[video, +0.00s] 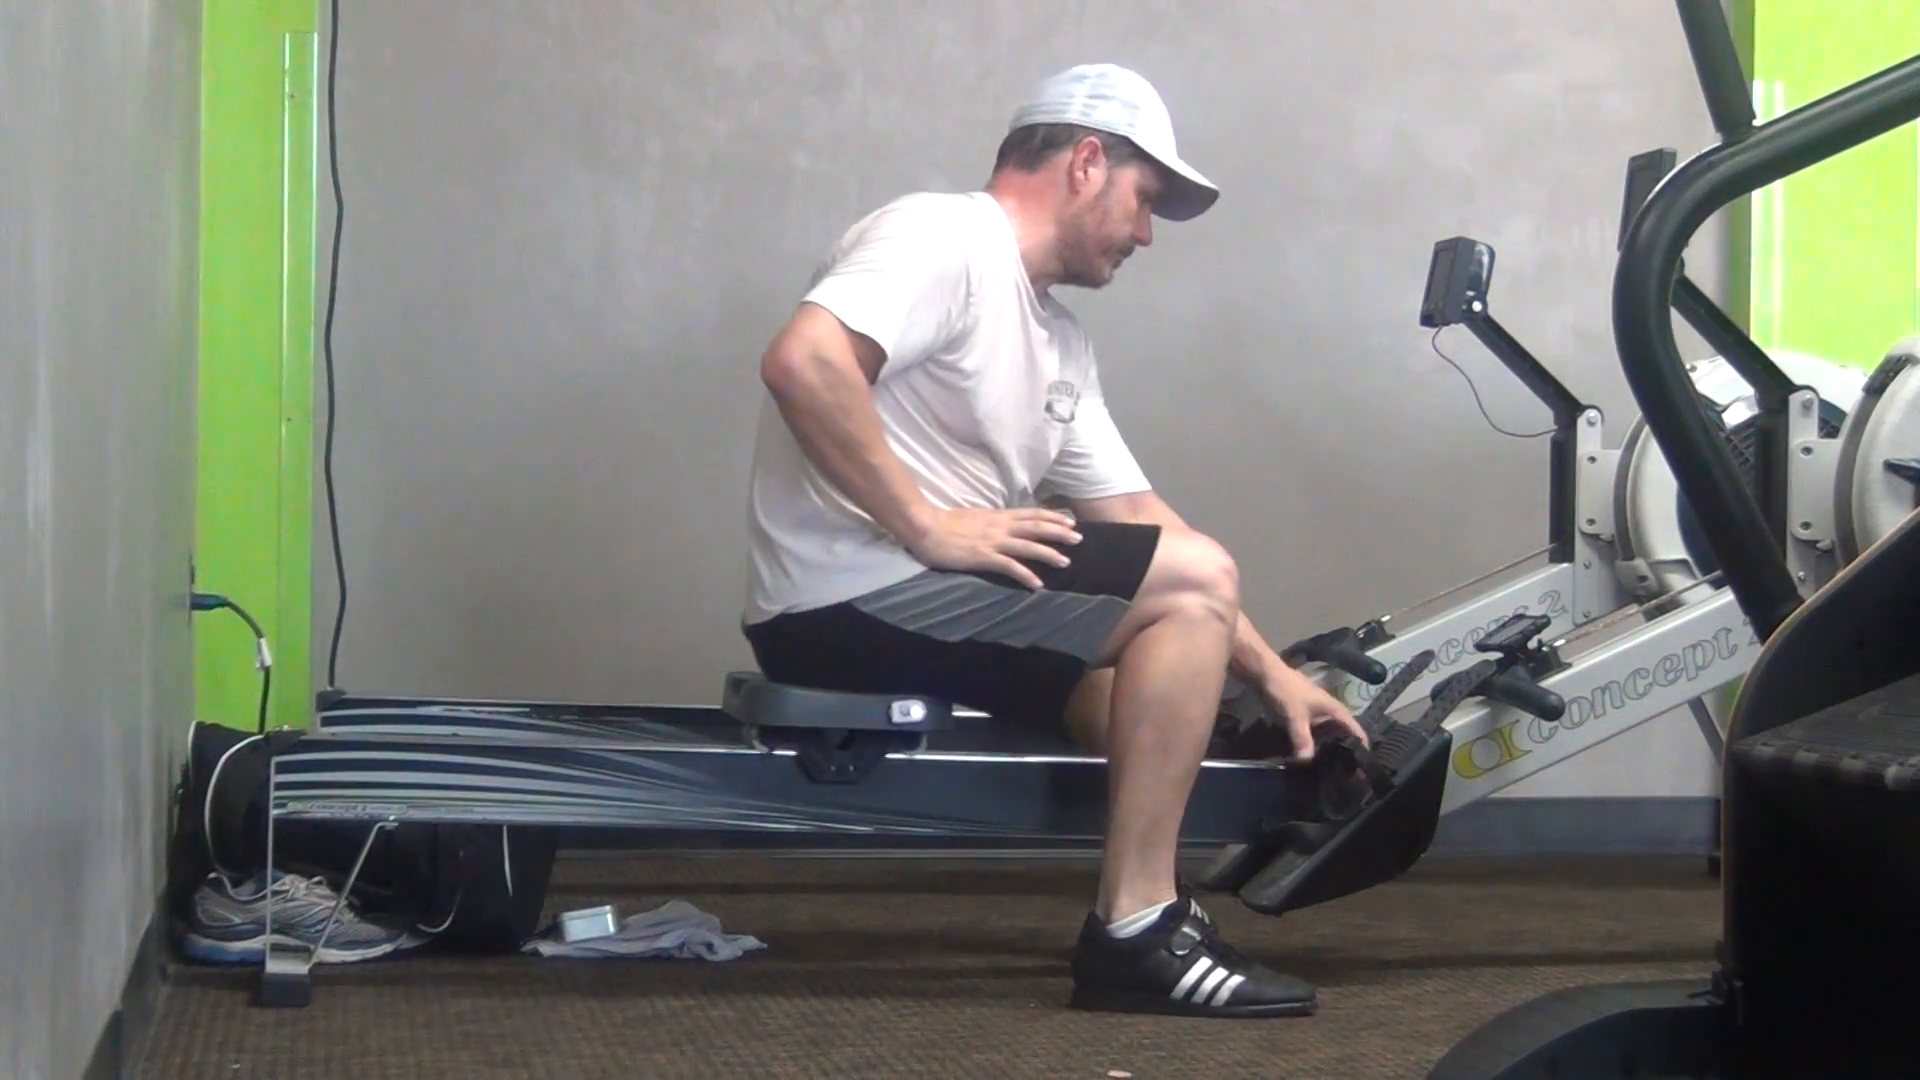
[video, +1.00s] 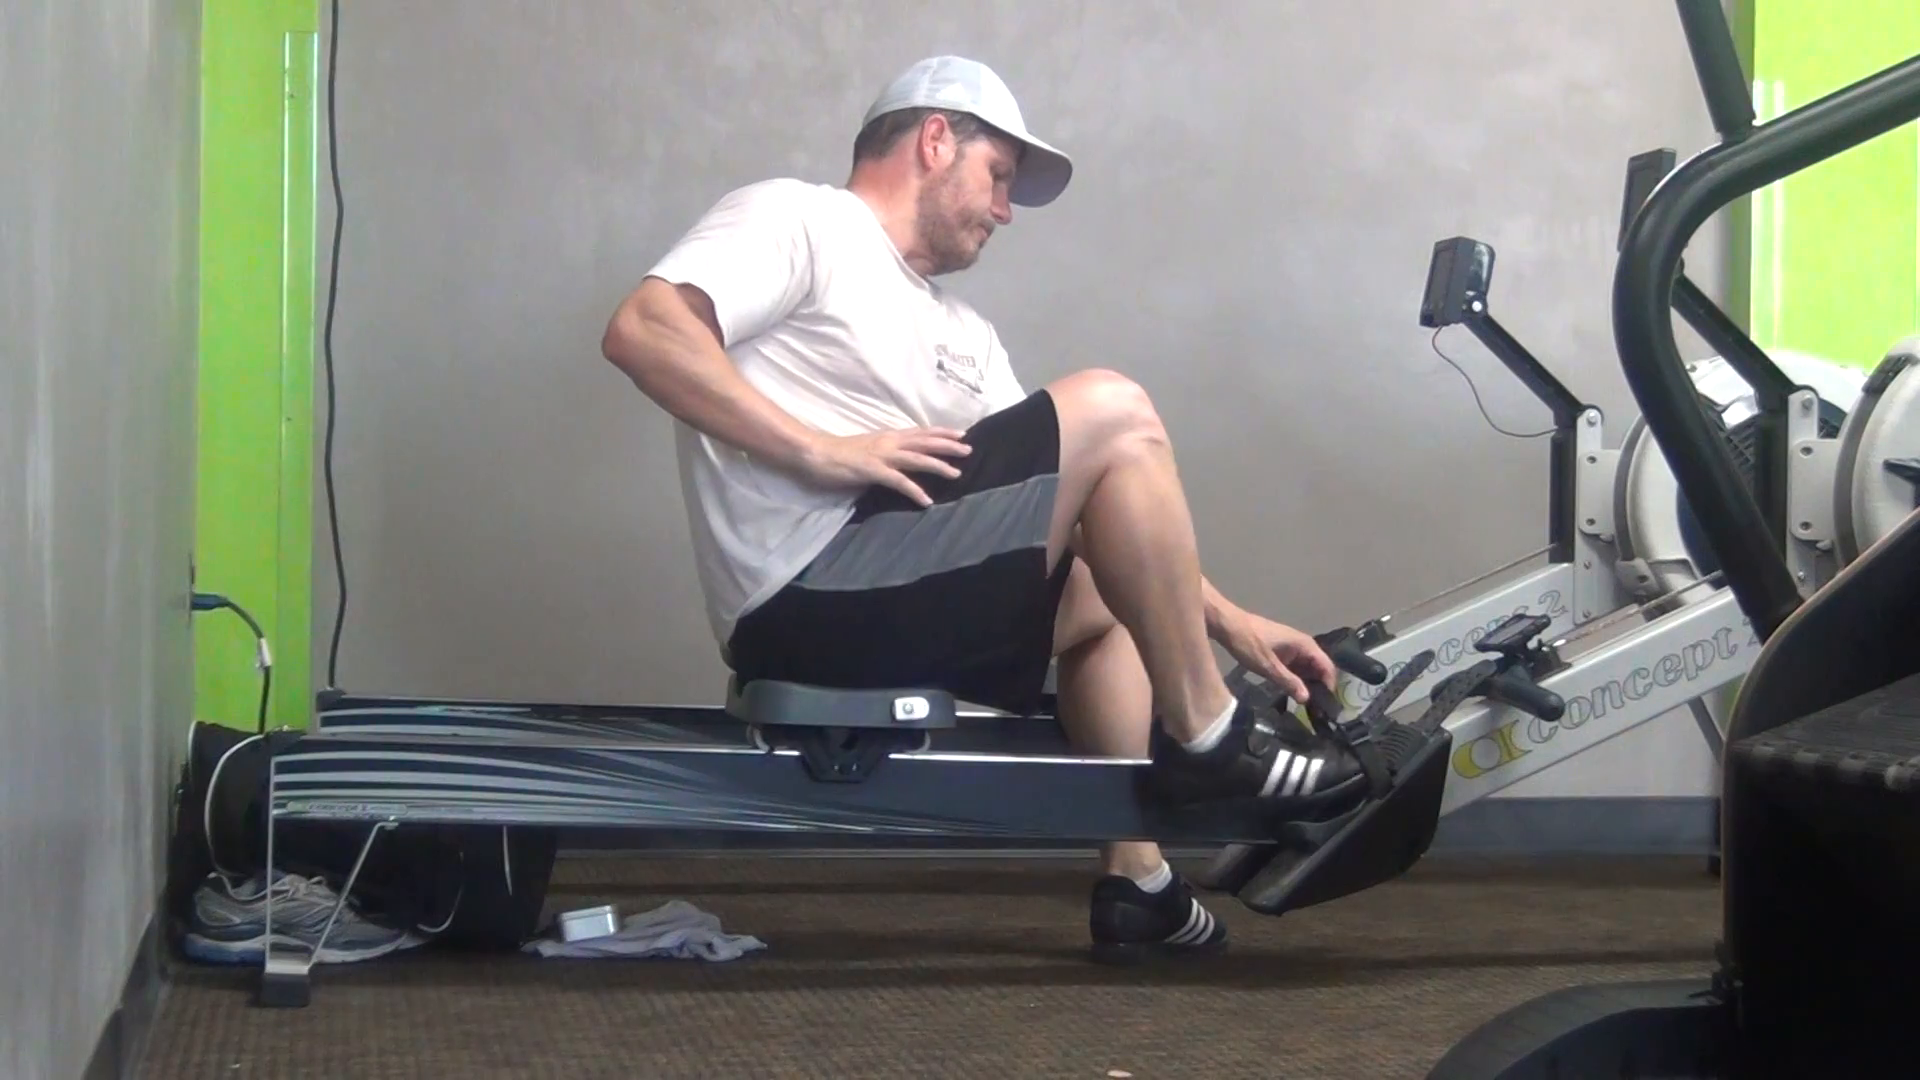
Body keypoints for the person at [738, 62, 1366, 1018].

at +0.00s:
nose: (1149, 233)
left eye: (1157, 209)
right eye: (1147, 197)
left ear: (1086, 171)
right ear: (1084, 164)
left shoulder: (1058, 342)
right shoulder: (945, 236)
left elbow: (1138, 519)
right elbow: (805, 363)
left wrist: (1276, 674)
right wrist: (924, 526)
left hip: (934, 600)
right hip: (839, 596)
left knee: (1181, 645)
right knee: (1204, 571)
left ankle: (1133, 935)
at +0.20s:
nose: (1133, 234)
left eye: (1141, 211)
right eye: (1130, 199)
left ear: (1067, 172)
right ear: (1067, 166)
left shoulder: (1041, 343)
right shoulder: (922, 234)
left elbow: (1126, 520)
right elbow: (777, 359)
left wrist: (1263, 674)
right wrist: (901, 525)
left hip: (914, 603)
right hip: (817, 596)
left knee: (1164, 628)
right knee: (1181, 567)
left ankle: (1136, 929)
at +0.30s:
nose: (1114, 225)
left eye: (1122, 203)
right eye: (1110, 190)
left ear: (1051, 166)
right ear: (1046, 156)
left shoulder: (1025, 339)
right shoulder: (908, 232)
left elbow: (1110, 515)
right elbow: (768, 363)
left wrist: (1254, 661)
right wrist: (899, 524)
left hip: (910, 602)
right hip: (814, 598)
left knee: (1163, 625)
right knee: (1180, 560)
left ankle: (1136, 927)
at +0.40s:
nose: (1087, 217)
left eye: (1095, 195)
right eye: (1083, 183)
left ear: (1020, 155)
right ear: (1020, 147)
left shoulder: (1008, 334)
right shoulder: (887, 225)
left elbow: (1104, 505)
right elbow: (753, 361)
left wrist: (1245, 650)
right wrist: (892, 521)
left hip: (906, 598)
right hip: (814, 596)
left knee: (1161, 621)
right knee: (1177, 559)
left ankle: (1137, 924)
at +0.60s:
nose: (1036, 208)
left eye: (1044, 187)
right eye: (1031, 173)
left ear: (972, 143)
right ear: (969, 138)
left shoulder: (980, 327)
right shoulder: (832, 214)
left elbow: (1093, 497)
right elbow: (692, 337)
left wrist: (1238, 622)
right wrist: (854, 469)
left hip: (905, 588)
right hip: (809, 585)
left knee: (1104, 589)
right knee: (1134, 467)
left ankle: (1144, 878)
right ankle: (1165, 821)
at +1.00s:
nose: (1008, 208)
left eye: (1019, 187)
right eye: (1000, 174)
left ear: (945, 160)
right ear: (933, 142)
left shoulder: (969, 340)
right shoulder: (797, 217)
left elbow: (1078, 514)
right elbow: (646, 328)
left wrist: (1236, 626)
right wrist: (818, 450)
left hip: (908, 612)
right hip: (802, 589)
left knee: (1111, 587)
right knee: (1109, 407)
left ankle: (1138, 881)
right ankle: (1204, 738)